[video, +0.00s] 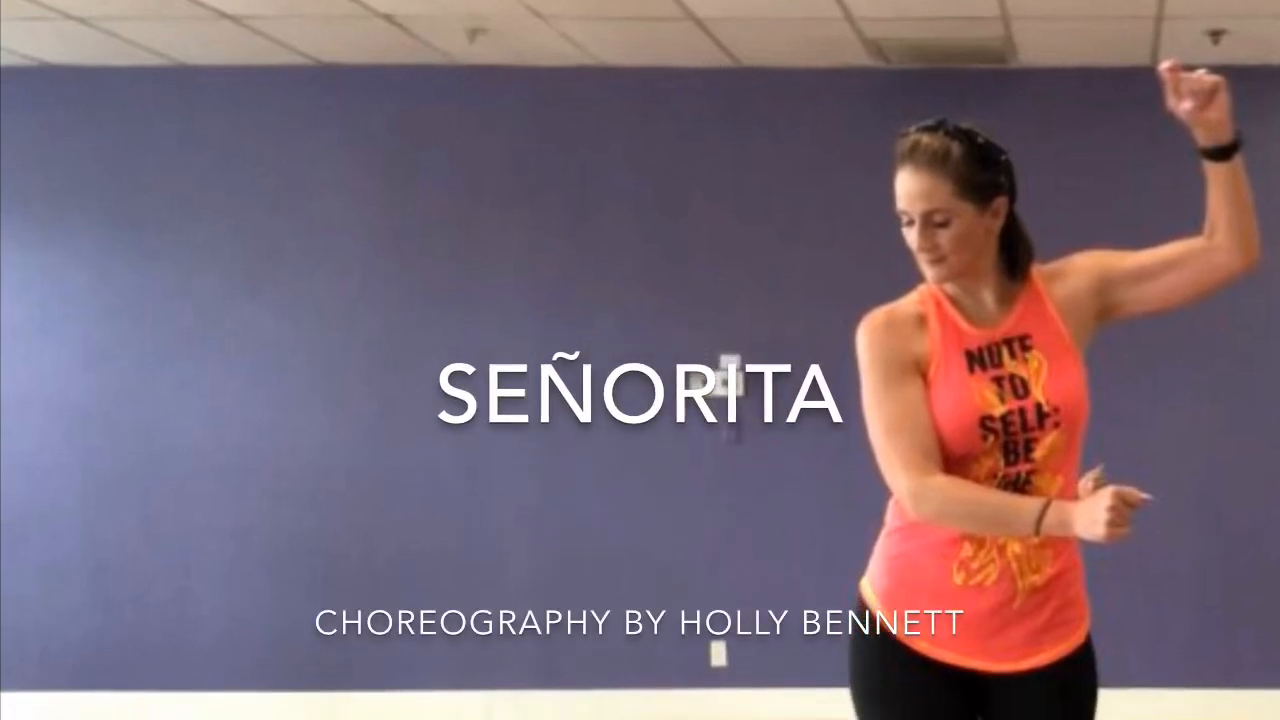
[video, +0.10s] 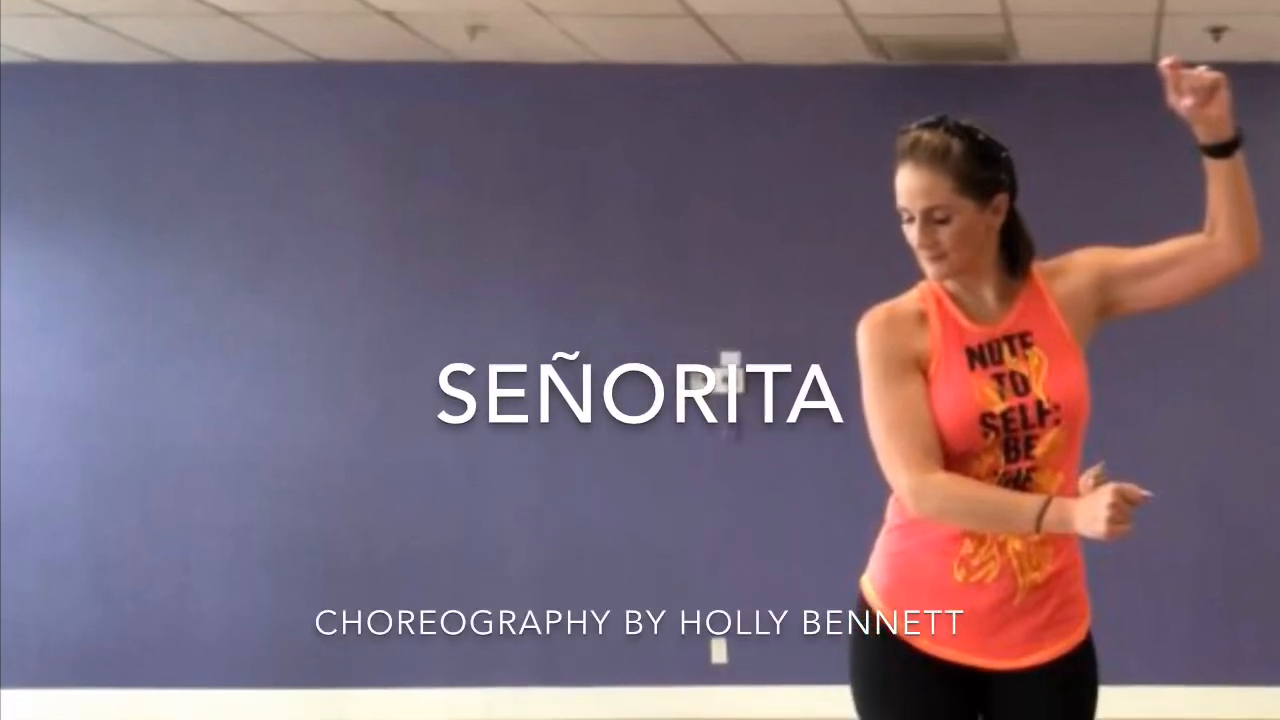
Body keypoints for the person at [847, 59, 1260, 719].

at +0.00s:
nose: (920, 241)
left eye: (939, 221)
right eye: (907, 222)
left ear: (997, 210)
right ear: (897, 217)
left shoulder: (1076, 291)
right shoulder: (892, 334)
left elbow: (1233, 251)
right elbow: (921, 491)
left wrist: (1217, 140)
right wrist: (1066, 517)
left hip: (1045, 646)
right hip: (913, 643)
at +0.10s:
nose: (920, 238)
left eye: (939, 218)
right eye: (908, 220)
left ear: (997, 206)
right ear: (898, 215)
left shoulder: (1077, 287)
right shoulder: (893, 331)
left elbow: (1234, 247)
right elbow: (921, 488)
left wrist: (1217, 136)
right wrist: (1066, 513)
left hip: (1045, 643)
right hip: (913, 640)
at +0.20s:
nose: (921, 235)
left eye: (939, 215)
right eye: (909, 217)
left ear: (998, 203)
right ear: (898, 212)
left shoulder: (1077, 284)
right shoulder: (893, 328)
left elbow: (1234, 244)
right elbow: (922, 486)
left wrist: (1218, 134)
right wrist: (1066, 509)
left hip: (1045, 638)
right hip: (913, 636)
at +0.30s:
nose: (921, 232)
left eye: (940, 212)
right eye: (909, 214)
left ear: (998, 200)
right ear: (899, 208)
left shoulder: (1077, 281)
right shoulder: (893, 325)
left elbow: (1234, 241)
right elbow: (922, 482)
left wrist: (1218, 130)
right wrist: (1066, 506)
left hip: (1045, 637)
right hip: (913, 635)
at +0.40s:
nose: (922, 229)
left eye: (940, 210)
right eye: (909, 211)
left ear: (998, 197)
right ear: (899, 205)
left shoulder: (1078, 278)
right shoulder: (894, 322)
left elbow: (1235, 238)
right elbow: (922, 480)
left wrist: (1219, 127)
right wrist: (1066, 503)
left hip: (1045, 635)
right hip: (913, 633)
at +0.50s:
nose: (922, 226)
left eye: (941, 207)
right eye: (910, 208)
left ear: (999, 194)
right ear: (900, 203)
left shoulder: (1079, 275)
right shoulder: (894, 319)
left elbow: (1236, 235)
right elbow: (922, 476)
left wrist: (1220, 125)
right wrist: (1066, 500)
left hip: (1046, 631)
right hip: (914, 630)